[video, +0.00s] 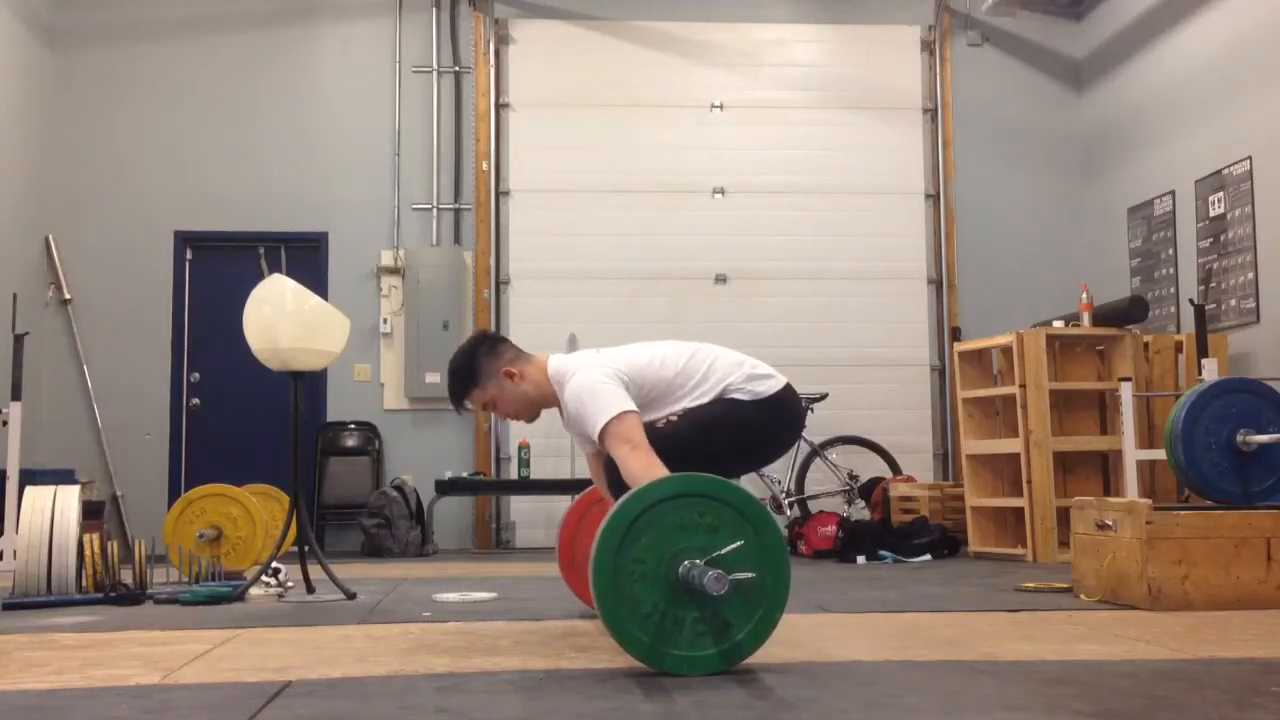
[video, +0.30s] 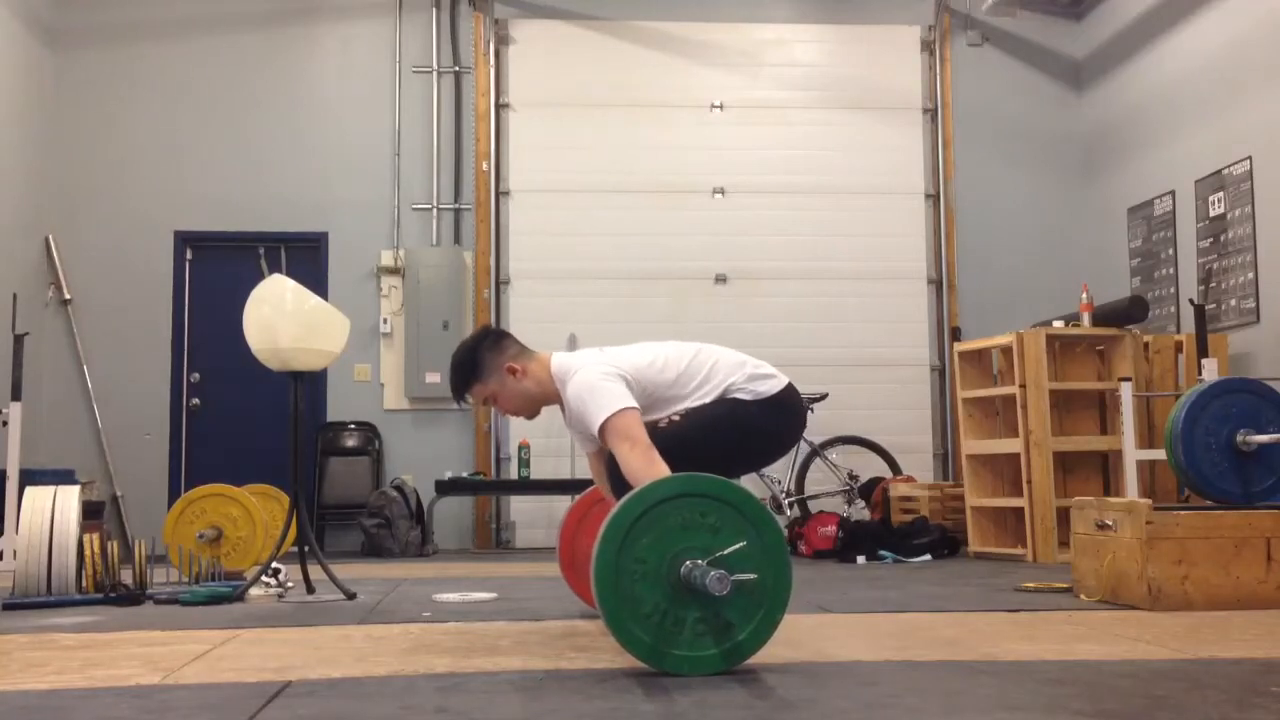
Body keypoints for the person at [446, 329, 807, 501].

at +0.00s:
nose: (499, 418)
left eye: (491, 405)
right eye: (489, 411)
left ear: (511, 375)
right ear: (513, 374)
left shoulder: (584, 382)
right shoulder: (571, 396)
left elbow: (635, 453)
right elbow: (604, 468)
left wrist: (683, 540)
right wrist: (638, 545)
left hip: (763, 405)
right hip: (739, 408)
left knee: (625, 459)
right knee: (611, 465)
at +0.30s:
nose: (498, 413)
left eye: (492, 401)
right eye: (489, 407)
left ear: (514, 371)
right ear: (516, 371)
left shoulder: (585, 380)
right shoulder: (571, 398)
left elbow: (637, 451)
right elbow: (608, 474)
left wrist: (684, 539)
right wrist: (636, 545)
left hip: (765, 404)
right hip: (739, 408)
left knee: (630, 458)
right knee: (616, 468)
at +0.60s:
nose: (498, 411)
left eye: (492, 398)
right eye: (489, 404)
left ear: (515, 369)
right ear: (516, 370)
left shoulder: (586, 380)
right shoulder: (570, 399)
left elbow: (635, 456)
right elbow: (606, 481)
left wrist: (679, 542)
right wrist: (637, 548)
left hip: (766, 405)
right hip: (740, 409)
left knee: (629, 456)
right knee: (614, 470)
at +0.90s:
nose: (496, 411)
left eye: (490, 398)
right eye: (487, 404)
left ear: (514, 370)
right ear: (515, 371)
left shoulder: (584, 379)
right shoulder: (569, 398)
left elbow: (633, 453)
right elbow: (604, 477)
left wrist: (676, 541)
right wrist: (637, 546)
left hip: (765, 405)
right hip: (738, 409)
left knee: (628, 457)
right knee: (613, 469)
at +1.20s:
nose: (495, 411)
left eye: (489, 398)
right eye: (485, 404)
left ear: (512, 370)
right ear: (514, 371)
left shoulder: (584, 380)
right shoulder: (570, 398)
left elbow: (634, 453)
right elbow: (605, 476)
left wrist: (676, 541)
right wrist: (637, 546)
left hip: (764, 405)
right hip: (739, 409)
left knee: (628, 458)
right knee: (612, 468)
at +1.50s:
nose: (495, 412)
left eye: (489, 398)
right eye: (485, 405)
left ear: (513, 370)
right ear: (514, 371)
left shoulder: (584, 379)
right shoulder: (571, 400)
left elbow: (634, 449)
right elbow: (607, 475)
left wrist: (676, 539)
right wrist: (637, 546)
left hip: (764, 406)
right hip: (739, 410)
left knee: (628, 458)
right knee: (614, 469)